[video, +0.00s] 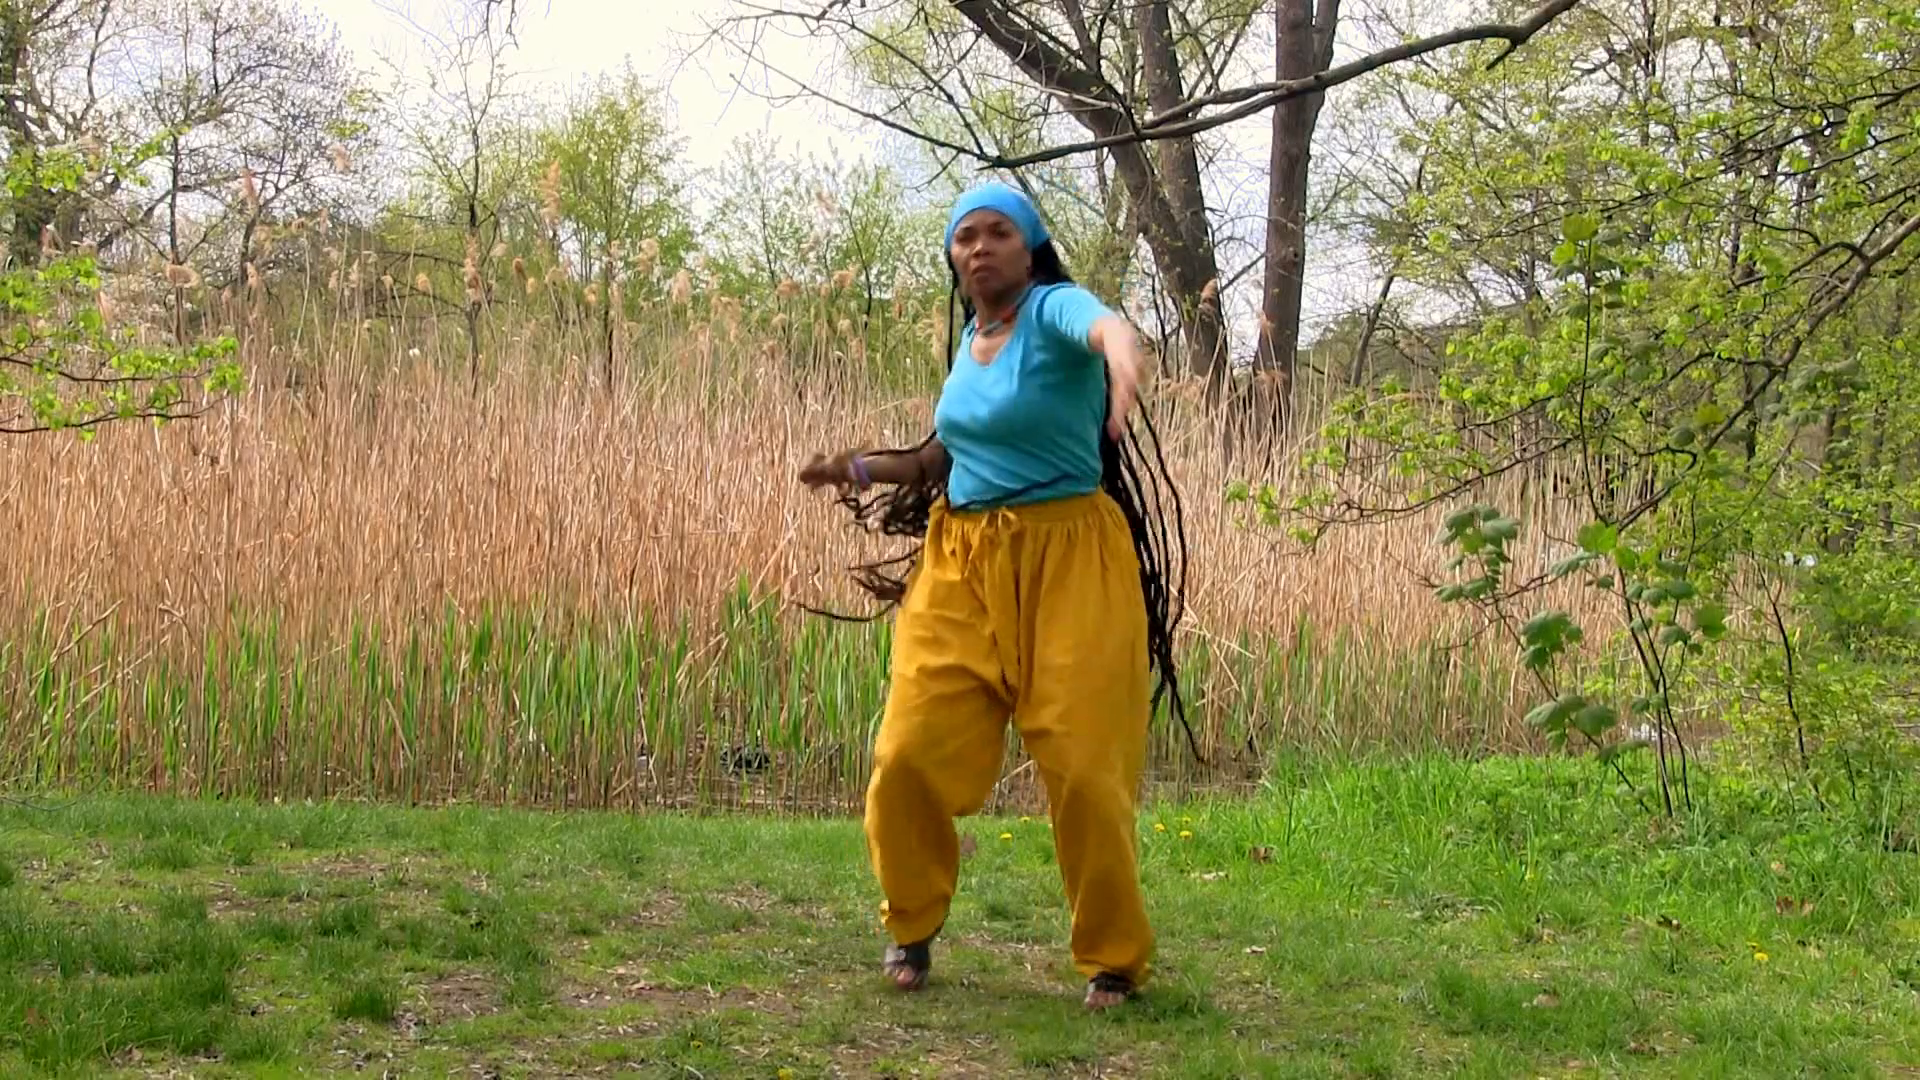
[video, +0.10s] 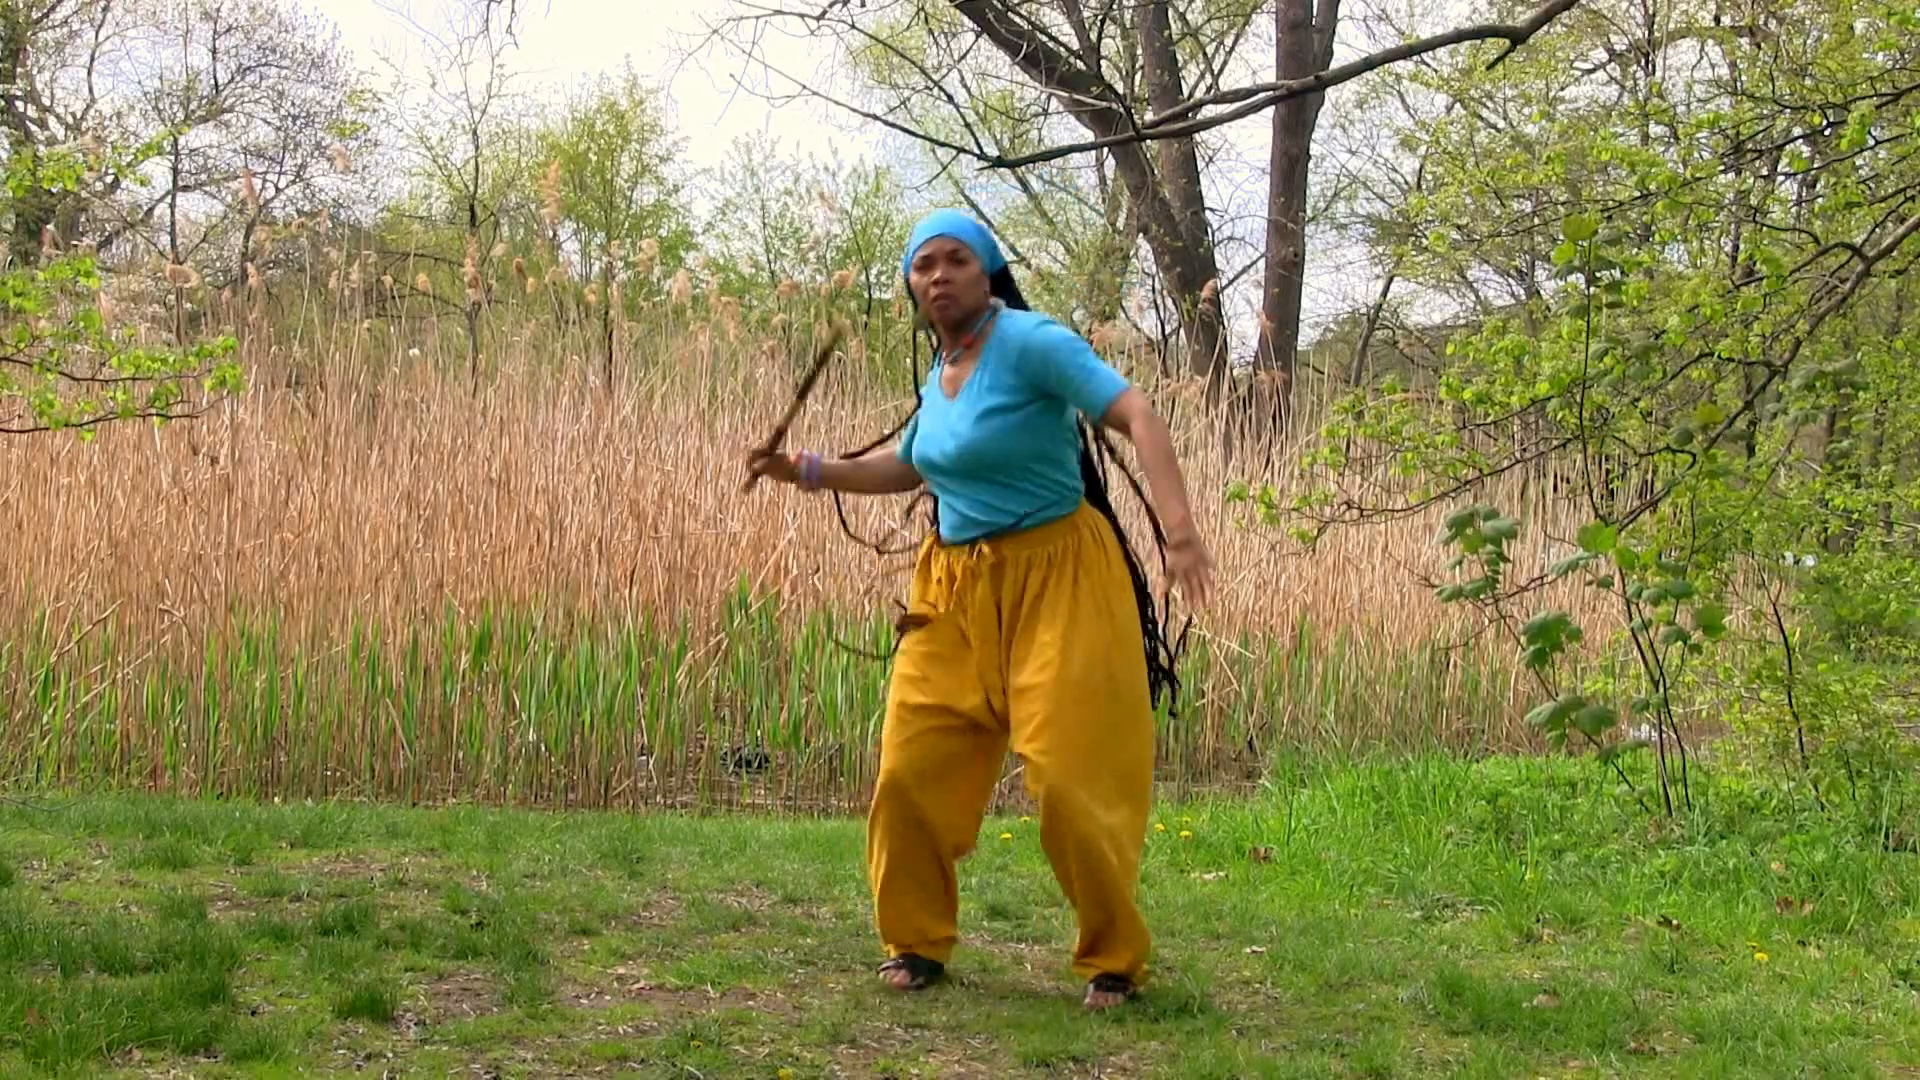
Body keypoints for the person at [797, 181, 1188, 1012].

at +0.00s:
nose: (980, 246)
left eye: (998, 233)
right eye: (966, 237)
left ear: (1033, 251)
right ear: (954, 261)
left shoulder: (1058, 307)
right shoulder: (967, 342)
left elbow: (1116, 334)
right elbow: (943, 456)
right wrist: (857, 467)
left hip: (1072, 550)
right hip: (962, 553)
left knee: (1085, 767)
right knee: (900, 755)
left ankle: (1112, 963)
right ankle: (910, 928)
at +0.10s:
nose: (937, 275)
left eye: (952, 261)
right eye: (924, 268)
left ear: (990, 274)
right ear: (913, 291)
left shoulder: (1034, 343)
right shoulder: (937, 378)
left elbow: (1137, 414)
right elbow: (910, 468)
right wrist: (811, 471)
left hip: (1058, 574)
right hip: (956, 582)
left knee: (1065, 772)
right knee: (906, 770)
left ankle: (1112, 962)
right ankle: (917, 945)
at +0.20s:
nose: (913, 290)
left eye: (926, 273)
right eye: (897, 282)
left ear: (960, 281)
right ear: (885, 303)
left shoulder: (1026, 349)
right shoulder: (896, 392)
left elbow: (1120, 438)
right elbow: (847, 500)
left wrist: (1154, 561)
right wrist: (746, 515)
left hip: (1050, 573)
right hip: (940, 584)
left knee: (1054, 762)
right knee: (898, 761)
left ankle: (1108, 958)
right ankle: (916, 943)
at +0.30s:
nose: (926, 256)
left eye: (935, 241)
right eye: (905, 248)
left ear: (955, 251)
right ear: (878, 271)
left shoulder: (1021, 314)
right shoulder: (861, 368)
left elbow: (1072, 399)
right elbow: (863, 479)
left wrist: (1101, 502)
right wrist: (841, 542)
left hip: (1037, 544)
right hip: (919, 559)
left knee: (1071, 735)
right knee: (904, 750)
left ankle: (1103, 948)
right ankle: (913, 941)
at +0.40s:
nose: (984, 223)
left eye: (984, 210)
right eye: (965, 214)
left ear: (984, 221)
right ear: (915, 238)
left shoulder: (997, 292)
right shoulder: (884, 333)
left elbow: (1000, 393)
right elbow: (915, 465)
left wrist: (1059, 466)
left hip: (1009, 509)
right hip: (912, 526)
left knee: (1078, 686)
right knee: (917, 742)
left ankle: (1042, 886)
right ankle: (899, 934)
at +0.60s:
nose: (1016, 231)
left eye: (1014, 216)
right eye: (1005, 217)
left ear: (950, 227)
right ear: (964, 226)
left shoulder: (898, 296)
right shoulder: (970, 303)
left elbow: (826, 402)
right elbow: (1007, 441)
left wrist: (876, 463)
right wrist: (1046, 471)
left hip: (881, 499)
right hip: (928, 510)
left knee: (1004, 691)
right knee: (904, 714)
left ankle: (887, 842)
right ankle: (838, 930)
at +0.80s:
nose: (1005, 296)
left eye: (1003, 281)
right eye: (999, 282)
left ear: (919, 289)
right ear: (966, 291)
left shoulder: (861, 345)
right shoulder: (998, 369)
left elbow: (762, 402)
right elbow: (1012, 506)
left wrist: (747, 500)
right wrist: (984, 536)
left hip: (840, 535)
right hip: (943, 546)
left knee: (842, 732)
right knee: (950, 759)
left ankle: (796, 903)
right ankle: (855, 935)